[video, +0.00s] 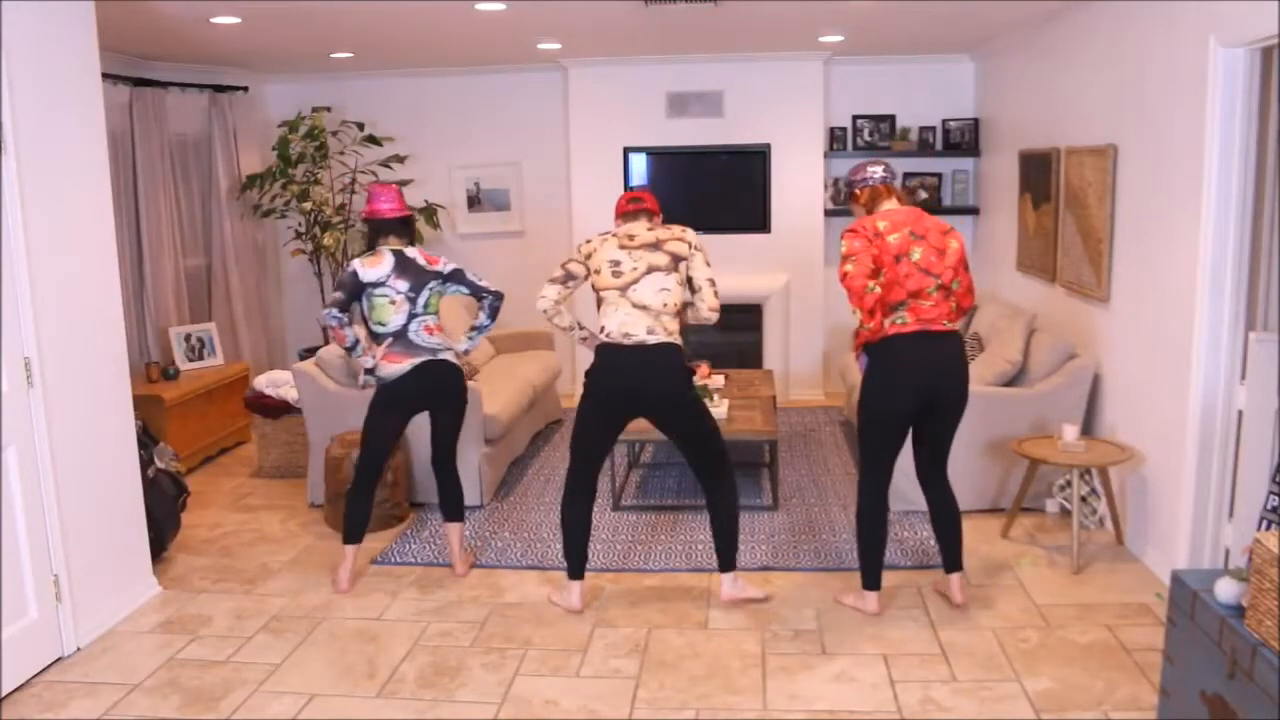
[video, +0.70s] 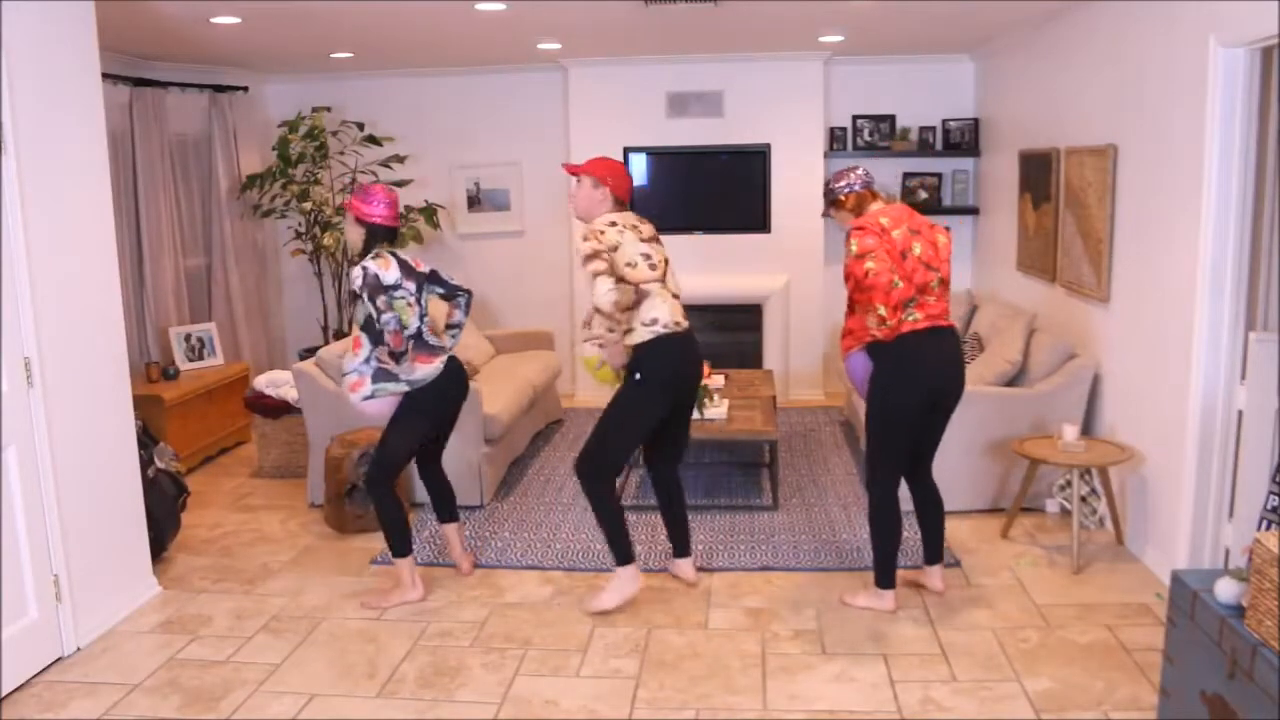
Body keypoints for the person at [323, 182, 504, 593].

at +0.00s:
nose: (377, 235)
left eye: (371, 228)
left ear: (371, 229)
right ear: (410, 225)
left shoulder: (362, 269)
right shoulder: (436, 262)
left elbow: (332, 316)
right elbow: (491, 296)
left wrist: (362, 352)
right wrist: (467, 346)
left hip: (397, 384)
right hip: (448, 378)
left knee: (367, 470)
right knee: (445, 462)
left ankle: (346, 569)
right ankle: (459, 556)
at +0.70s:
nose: (346, 221)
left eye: (349, 217)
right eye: (349, 215)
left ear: (358, 222)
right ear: (392, 223)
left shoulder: (367, 269)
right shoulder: (407, 263)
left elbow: (396, 324)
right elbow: (461, 295)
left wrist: (392, 359)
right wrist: (445, 346)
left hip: (427, 387)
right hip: (452, 376)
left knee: (380, 476)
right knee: (428, 461)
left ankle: (409, 583)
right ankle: (460, 553)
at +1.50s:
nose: (307, 227)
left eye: (317, 223)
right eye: (312, 220)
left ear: (338, 237)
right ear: (336, 237)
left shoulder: (352, 286)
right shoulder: (340, 277)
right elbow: (350, 339)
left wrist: (392, 373)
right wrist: (315, 368)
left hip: (400, 393)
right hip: (378, 389)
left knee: (359, 484)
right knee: (344, 463)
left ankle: (410, 582)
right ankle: (358, 545)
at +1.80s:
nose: (305, 229)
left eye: (316, 225)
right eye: (307, 222)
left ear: (339, 240)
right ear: (322, 237)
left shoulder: (357, 288)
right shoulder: (315, 287)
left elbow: (415, 328)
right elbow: (325, 343)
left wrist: (391, 368)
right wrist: (304, 379)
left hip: (385, 390)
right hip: (346, 390)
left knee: (372, 478)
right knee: (323, 465)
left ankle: (411, 579)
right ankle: (356, 552)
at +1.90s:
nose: (307, 230)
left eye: (318, 225)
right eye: (307, 223)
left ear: (341, 239)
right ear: (305, 230)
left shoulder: (359, 285)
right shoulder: (311, 283)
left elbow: (418, 323)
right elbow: (312, 341)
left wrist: (391, 370)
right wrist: (301, 381)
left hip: (388, 385)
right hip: (346, 386)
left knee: (380, 472)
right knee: (320, 466)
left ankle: (414, 569)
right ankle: (355, 551)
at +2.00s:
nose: (316, 233)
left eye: (326, 227)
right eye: (312, 225)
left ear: (346, 237)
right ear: (306, 232)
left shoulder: (364, 280)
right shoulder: (307, 279)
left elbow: (422, 323)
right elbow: (298, 325)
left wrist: (381, 362)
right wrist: (304, 358)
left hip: (390, 384)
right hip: (344, 388)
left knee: (392, 470)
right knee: (320, 467)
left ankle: (436, 556)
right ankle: (355, 551)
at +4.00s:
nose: (354, 271)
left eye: (362, 261)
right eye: (346, 264)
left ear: (378, 259)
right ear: (337, 265)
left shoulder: (406, 302)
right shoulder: (326, 307)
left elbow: (453, 353)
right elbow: (303, 348)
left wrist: (413, 392)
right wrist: (336, 387)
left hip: (415, 391)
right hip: (356, 396)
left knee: (445, 475)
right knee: (316, 470)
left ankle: (455, 559)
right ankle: (333, 554)